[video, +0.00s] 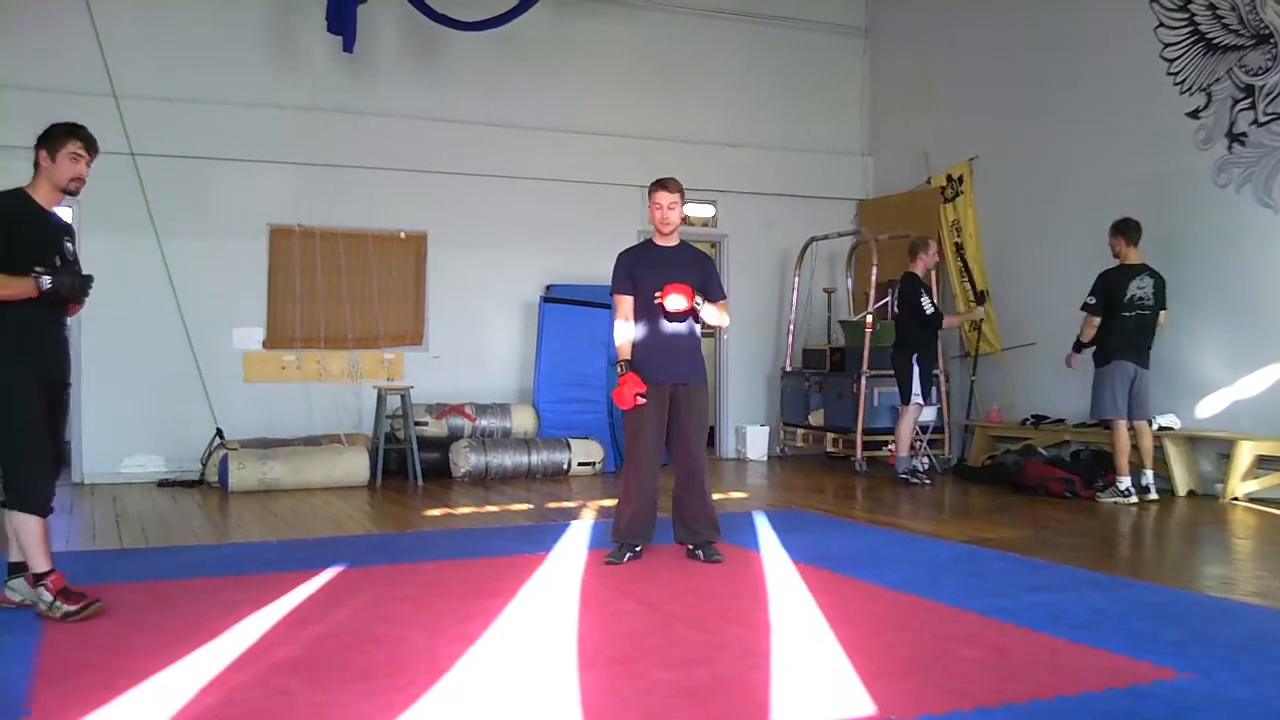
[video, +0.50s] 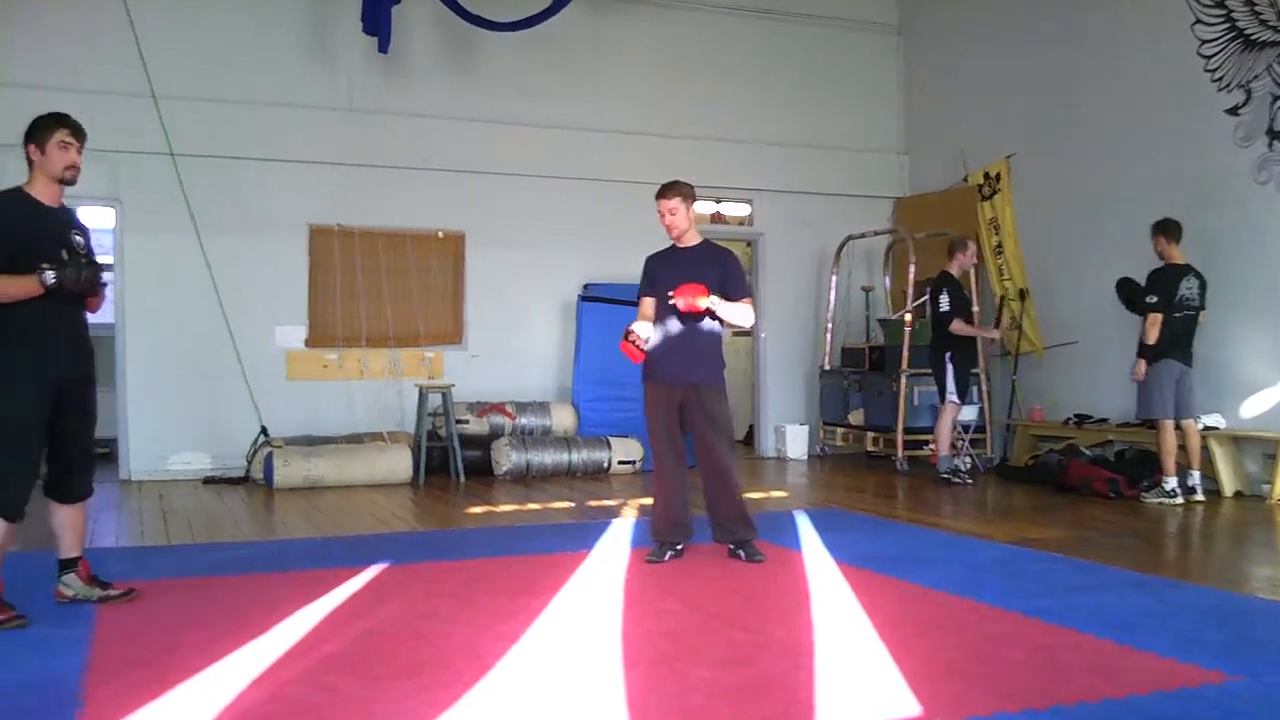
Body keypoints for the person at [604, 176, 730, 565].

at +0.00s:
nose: (665, 212)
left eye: (672, 206)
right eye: (658, 206)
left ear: (682, 210)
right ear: (649, 210)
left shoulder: (700, 260)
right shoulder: (630, 259)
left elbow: (721, 318)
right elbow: (623, 319)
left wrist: (695, 304)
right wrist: (625, 366)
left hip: (690, 375)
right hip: (645, 374)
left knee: (692, 459)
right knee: (640, 459)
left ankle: (699, 538)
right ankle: (631, 539)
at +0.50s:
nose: (666, 220)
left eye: (673, 212)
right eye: (661, 214)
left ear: (692, 210)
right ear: (659, 216)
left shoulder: (722, 258)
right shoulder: (655, 263)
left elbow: (746, 317)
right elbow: (646, 317)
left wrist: (711, 302)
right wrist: (638, 335)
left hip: (705, 376)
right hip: (660, 376)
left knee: (719, 457)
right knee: (666, 460)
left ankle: (738, 536)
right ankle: (670, 538)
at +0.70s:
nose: (701, 222)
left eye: (708, 214)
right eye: (697, 216)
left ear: (726, 214)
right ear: (694, 219)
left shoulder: (751, 262)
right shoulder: (685, 264)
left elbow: (771, 319)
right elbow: (671, 321)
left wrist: (732, 310)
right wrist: (660, 360)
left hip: (730, 378)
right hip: (686, 377)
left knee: (744, 460)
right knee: (691, 463)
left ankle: (767, 538)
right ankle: (700, 541)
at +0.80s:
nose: (685, 223)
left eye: (692, 215)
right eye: (680, 216)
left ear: (708, 214)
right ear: (675, 217)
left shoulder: (733, 261)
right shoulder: (666, 263)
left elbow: (750, 319)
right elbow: (655, 323)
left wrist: (711, 311)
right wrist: (651, 372)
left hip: (717, 376)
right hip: (672, 375)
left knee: (725, 456)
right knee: (677, 460)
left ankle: (753, 534)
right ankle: (688, 539)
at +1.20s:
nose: (686, 234)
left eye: (692, 226)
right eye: (679, 226)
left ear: (705, 216)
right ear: (670, 220)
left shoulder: (731, 260)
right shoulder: (657, 262)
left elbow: (753, 312)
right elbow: (646, 323)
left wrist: (725, 322)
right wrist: (639, 381)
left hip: (715, 379)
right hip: (671, 380)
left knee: (709, 457)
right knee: (676, 458)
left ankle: (701, 542)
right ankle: (686, 536)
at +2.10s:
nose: (696, 223)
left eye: (704, 216)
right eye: (691, 214)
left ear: (721, 206)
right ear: (683, 203)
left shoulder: (740, 251)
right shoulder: (673, 235)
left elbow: (763, 314)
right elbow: (658, 294)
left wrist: (717, 319)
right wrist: (642, 352)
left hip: (715, 373)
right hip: (667, 367)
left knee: (722, 459)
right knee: (656, 452)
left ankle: (726, 544)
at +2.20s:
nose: (675, 199)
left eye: (683, 191)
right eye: (669, 191)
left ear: (699, 181)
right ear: (662, 182)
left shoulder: (721, 225)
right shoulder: (653, 217)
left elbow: (742, 288)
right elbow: (641, 274)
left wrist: (694, 291)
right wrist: (629, 329)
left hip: (700, 348)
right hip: (655, 344)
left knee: (709, 432)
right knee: (643, 426)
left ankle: (718, 512)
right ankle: (624, 506)